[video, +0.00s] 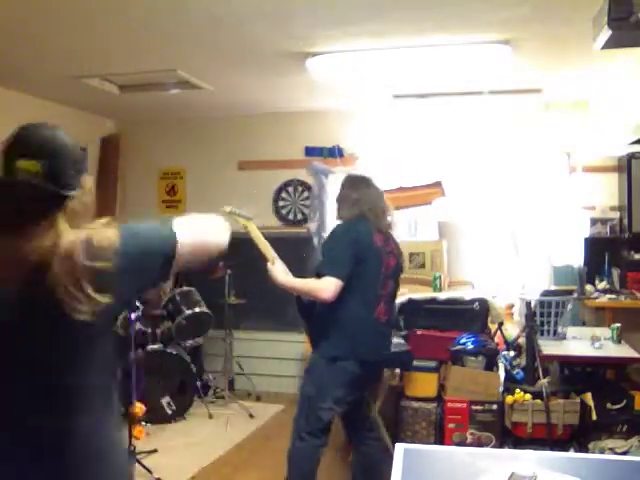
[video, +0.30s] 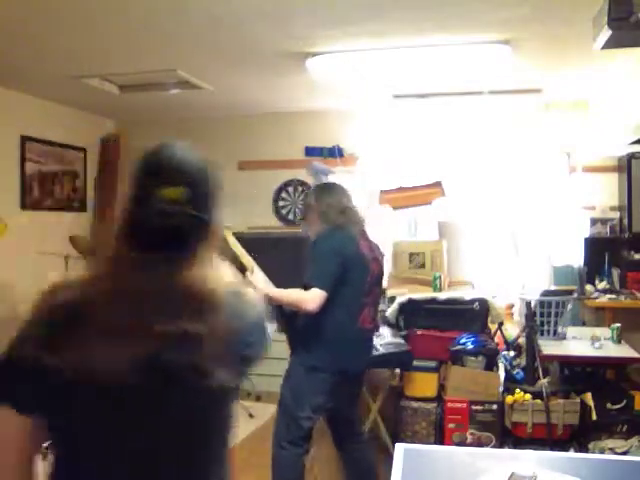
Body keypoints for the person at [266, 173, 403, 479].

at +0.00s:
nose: (338, 203)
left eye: (341, 197)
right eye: (339, 197)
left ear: (349, 200)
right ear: (375, 202)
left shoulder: (347, 234)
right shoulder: (389, 241)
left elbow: (328, 289)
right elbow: (385, 296)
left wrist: (285, 280)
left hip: (339, 352)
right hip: (373, 351)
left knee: (308, 434)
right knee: (362, 425)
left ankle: (299, 474)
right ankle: (378, 473)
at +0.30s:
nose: (304, 220)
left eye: (308, 211)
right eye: (305, 212)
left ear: (321, 211)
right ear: (344, 208)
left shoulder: (332, 242)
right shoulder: (366, 245)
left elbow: (312, 301)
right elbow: (362, 302)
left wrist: (269, 291)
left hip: (319, 360)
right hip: (352, 359)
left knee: (289, 443)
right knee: (350, 436)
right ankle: (366, 475)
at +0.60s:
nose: (309, 213)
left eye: (312, 206)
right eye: (310, 206)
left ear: (322, 207)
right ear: (347, 206)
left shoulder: (329, 239)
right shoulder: (366, 242)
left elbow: (320, 293)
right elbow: (372, 299)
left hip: (324, 350)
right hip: (357, 351)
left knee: (294, 435)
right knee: (350, 430)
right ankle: (365, 473)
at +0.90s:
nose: (312, 215)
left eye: (316, 207)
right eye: (312, 208)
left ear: (328, 208)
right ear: (349, 206)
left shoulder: (331, 243)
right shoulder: (370, 243)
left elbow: (322, 298)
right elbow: (375, 299)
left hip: (331, 350)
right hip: (361, 349)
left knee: (305, 428)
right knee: (350, 425)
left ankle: (295, 473)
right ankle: (367, 474)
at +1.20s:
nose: (309, 213)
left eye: (313, 206)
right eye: (309, 206)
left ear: (330, 209)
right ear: (349, 207)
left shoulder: (336, 242)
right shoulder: (370, 243)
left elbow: (323, 306)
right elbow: (368, 306)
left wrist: (285, 293)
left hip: (327, 360)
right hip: (358, 359)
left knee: (294, 442)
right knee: (351, 431)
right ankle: (366, 476)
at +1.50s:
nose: (308, 207)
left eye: (313, 201)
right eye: (309, 200)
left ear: (330, 207)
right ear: (349, 207)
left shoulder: (338, 241)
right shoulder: (367, 242)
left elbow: (326, 307)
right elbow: (361, 305)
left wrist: (280, 295)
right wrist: (310, 297)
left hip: (327, 362)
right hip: (358, 361)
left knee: (296, 445)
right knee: (352, 433)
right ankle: (368, 476)